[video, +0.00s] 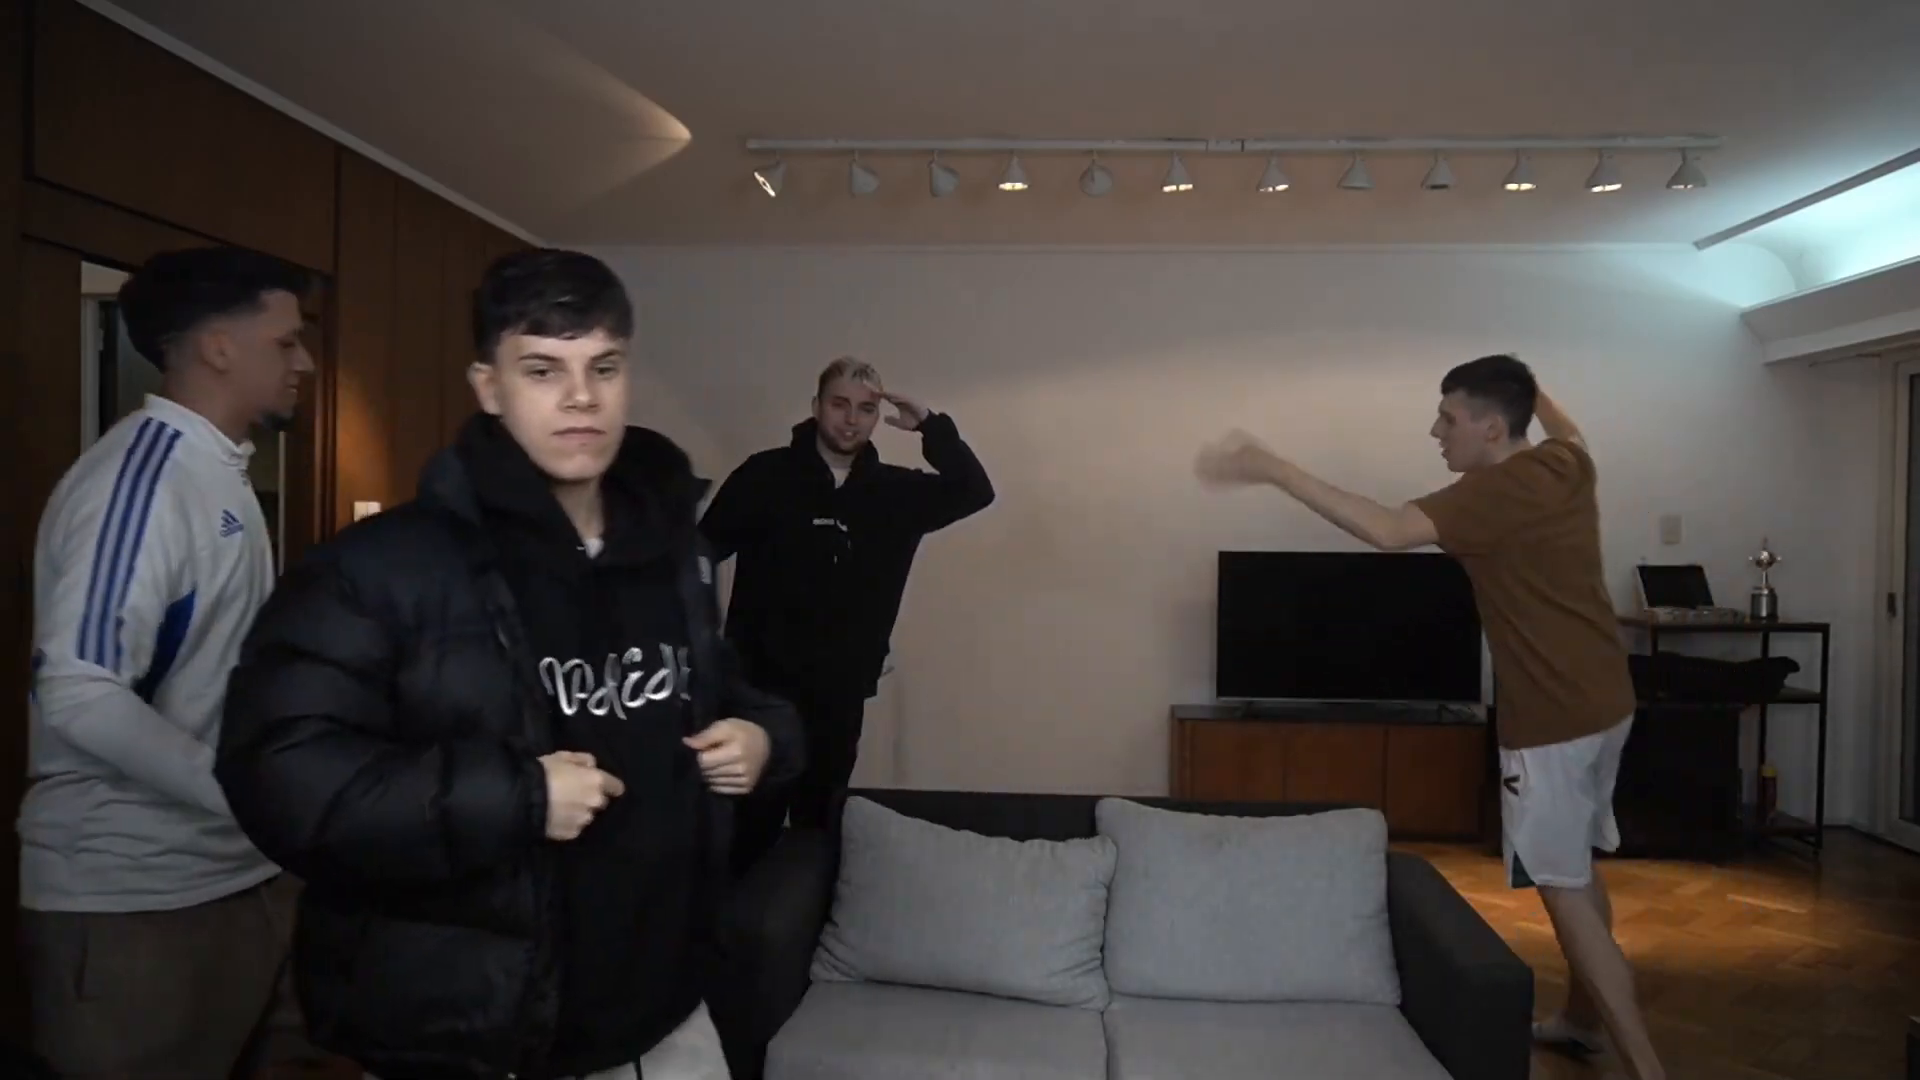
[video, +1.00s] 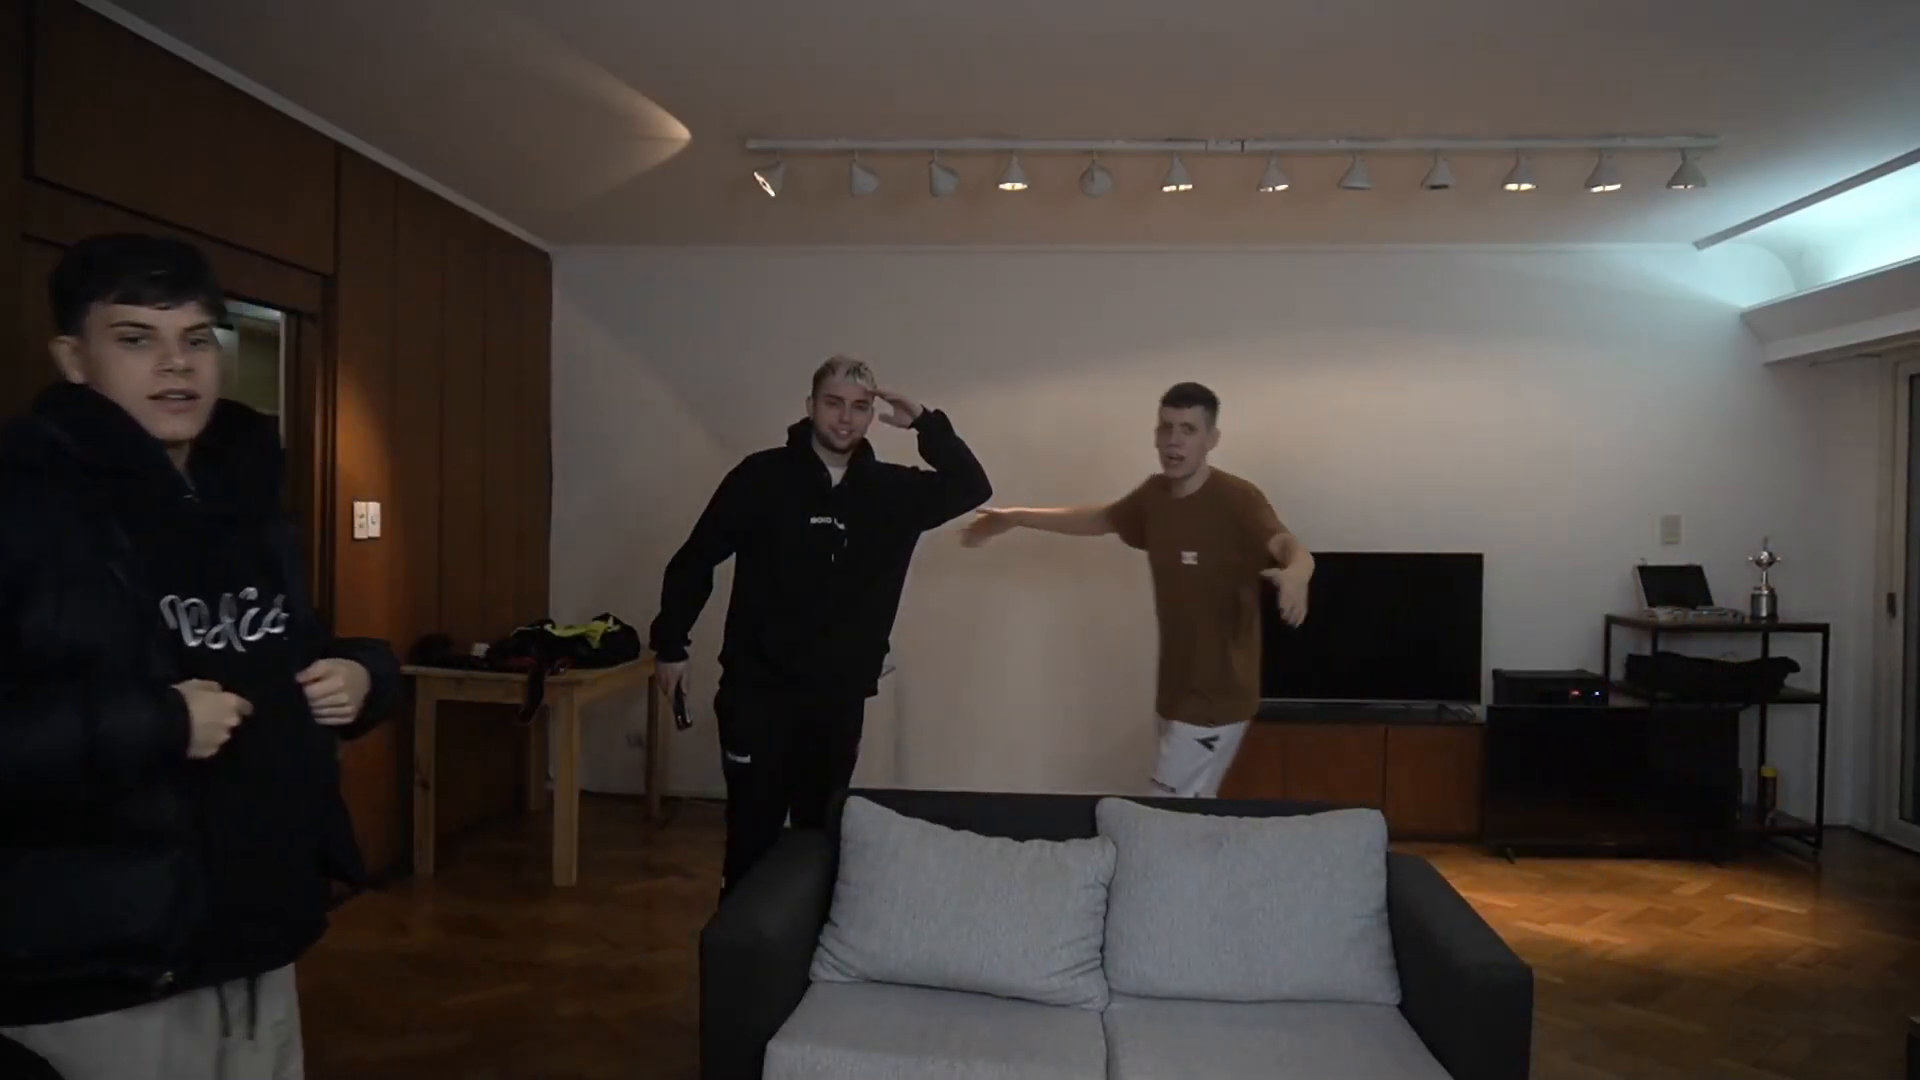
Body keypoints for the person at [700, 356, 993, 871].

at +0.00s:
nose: (851, 418)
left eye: (865, 408)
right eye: (840, 405)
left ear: (878, 418)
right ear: (817, 407)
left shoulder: (897, 493)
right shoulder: (764, 475)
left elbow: (974, 492)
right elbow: (700, 554)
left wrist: (930, 426)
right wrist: (699, 650)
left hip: (839, 688)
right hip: (759, 683)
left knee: (820, 825)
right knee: (749, 825)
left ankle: (810, 934)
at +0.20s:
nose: (849, 418)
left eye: (862, 407)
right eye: (837, 403)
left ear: (875, 418)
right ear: (813, 407)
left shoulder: (897, 494)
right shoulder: (762, 478)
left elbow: (972, 489)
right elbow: (695, 561)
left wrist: (928, 425)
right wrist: (670, 646)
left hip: (837, 697)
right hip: (758, 688)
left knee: (820, 836)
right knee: (753, 836)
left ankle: (812, 957)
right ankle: (739, 960)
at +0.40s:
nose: (847, 417)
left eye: (861, 407)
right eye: (836, 403)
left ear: (874, 417)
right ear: (812, 407)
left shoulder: (897, 494)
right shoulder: (762, 478)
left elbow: (972, 489)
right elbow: (694, 562)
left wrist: (928, 425)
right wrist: (671, 648)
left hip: (837, 697)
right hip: (757, 689)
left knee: (820, 837)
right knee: (753, 838)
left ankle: (813, 960)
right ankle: (740, 962)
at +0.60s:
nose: (847, 417)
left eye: (860, 407)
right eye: (835, 403)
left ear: (873, 417)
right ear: (811, 407)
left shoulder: (896, 493)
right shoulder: (761, 478)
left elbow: (971, 488)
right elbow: (695, 563)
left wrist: (927, 424)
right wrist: (672, 647)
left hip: (837, 695)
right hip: (757, 688)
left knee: (820, 834)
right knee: (754, 835)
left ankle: (812, 956)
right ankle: (741, 959)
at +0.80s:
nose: (846, 417)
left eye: (859, 407)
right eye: (834, 403)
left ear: (873, 417)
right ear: (810, 407)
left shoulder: (896, 493)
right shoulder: (761, 478)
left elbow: (971, 488)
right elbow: (695, 562)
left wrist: (927, 424)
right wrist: (671, 648)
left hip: (838, 695)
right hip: (758, 688)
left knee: (821, 834)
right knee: (754, 835)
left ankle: (813, 958)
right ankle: (741, 960)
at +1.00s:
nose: (845, 417)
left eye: (859, 407)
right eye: (834, 403)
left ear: (872, 416)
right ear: (810, 406)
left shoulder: (895, 493)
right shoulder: (761, 478)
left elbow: (971, 487)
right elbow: (693, 563)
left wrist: (926, 422)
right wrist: (670, 648)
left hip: (838, 695)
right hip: (758, 688)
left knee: (821, 833)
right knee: (754, 834)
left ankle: (813, 956)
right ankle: (740, 958)